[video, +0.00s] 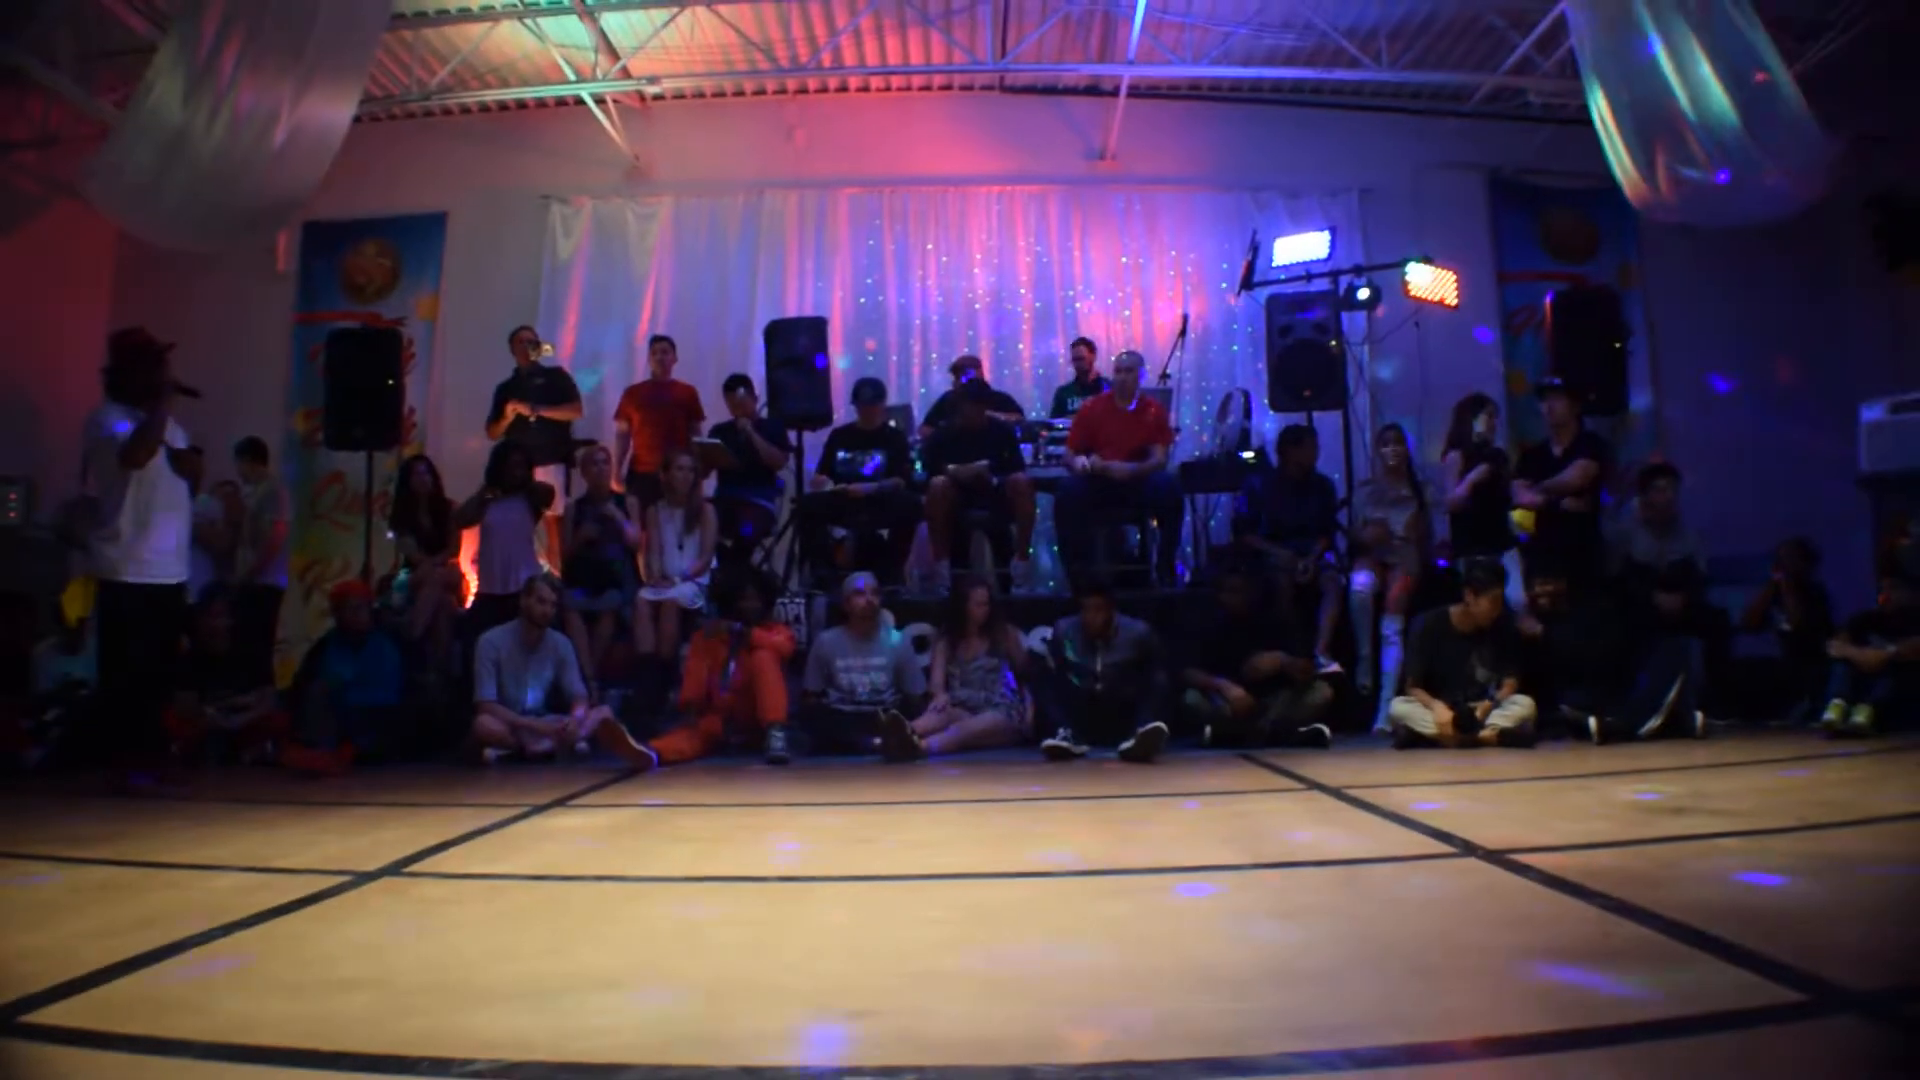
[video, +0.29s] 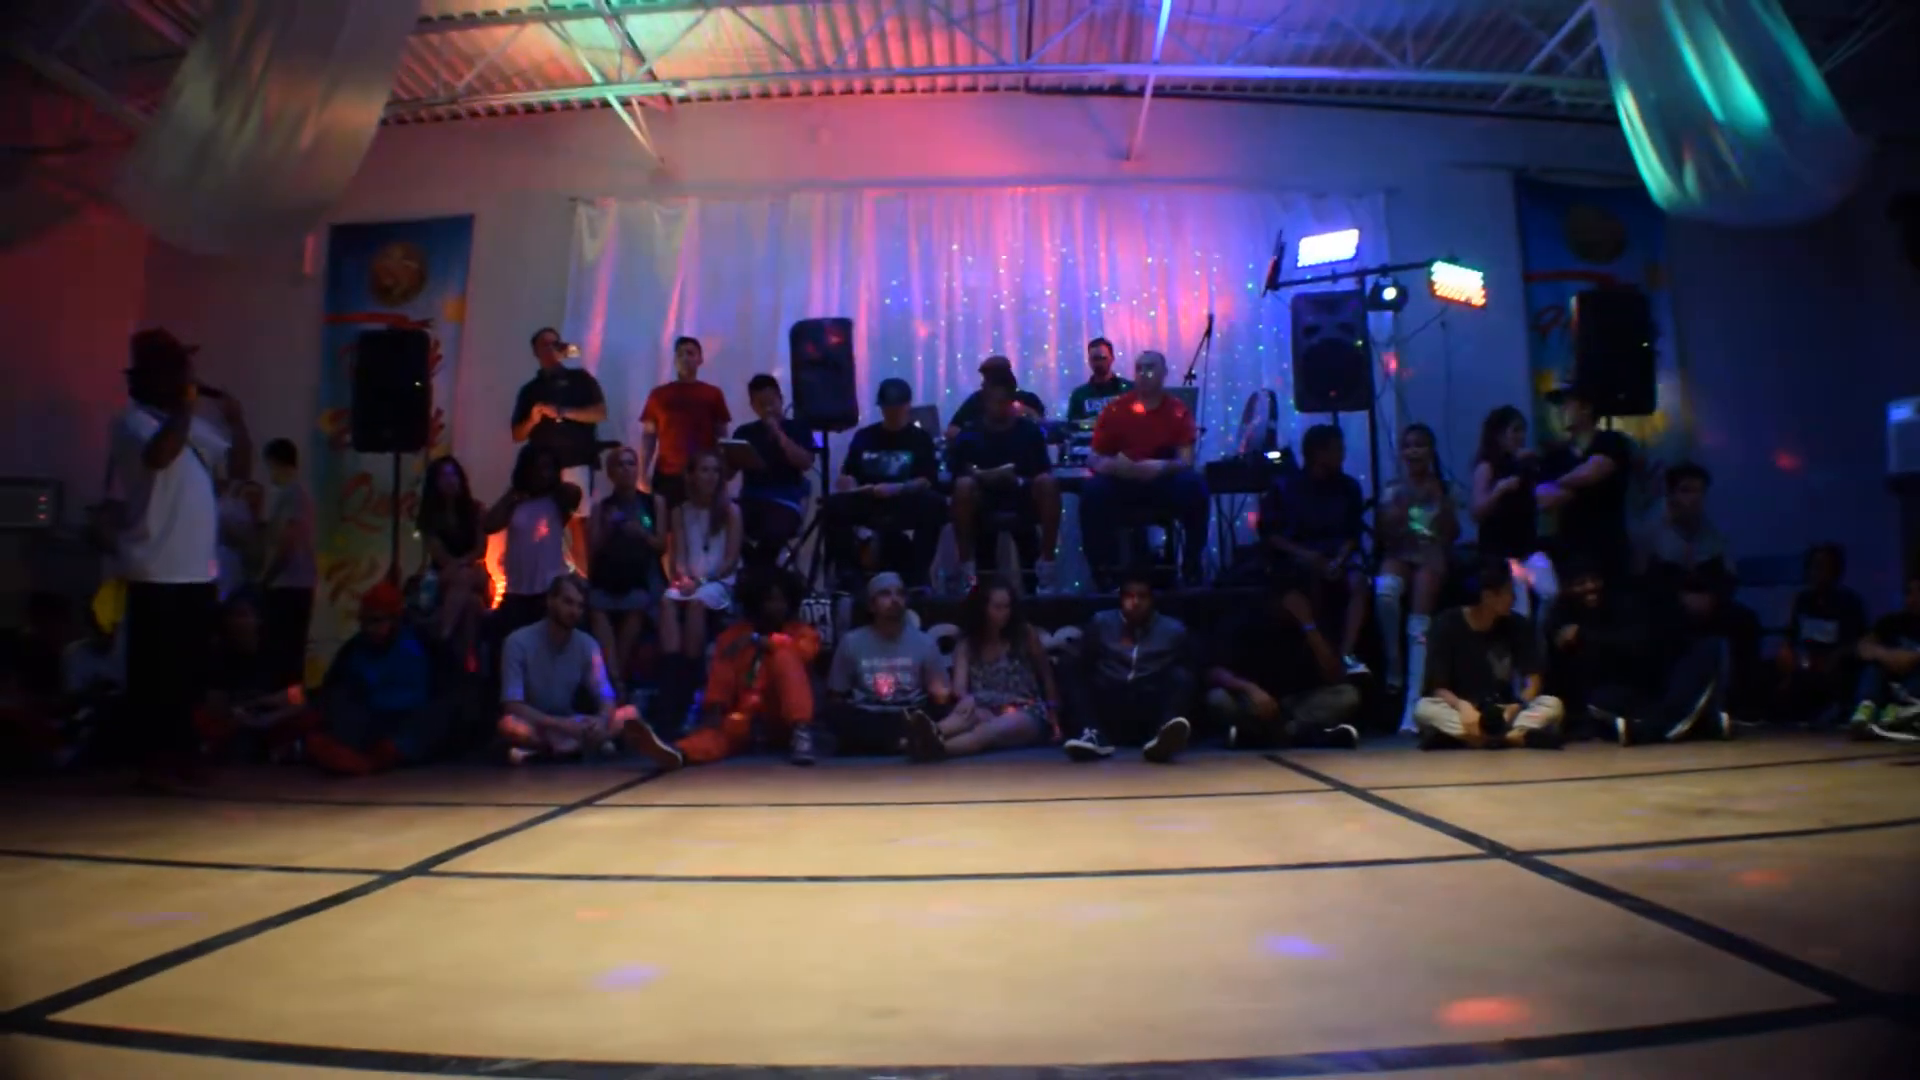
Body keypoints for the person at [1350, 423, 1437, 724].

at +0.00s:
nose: (1393, 451)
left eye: (1398, 445)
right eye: (1386, 445)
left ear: (1407, 450)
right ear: (1377, 452)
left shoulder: (1419, 490)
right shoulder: (1364, 490)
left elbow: (1426, 534)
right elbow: (1354, 530)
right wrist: (1369, 536)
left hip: (1404, 554)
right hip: (1370, 555)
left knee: (1391, 625)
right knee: (1360, 588)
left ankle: (1387, 709)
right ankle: (1364, 663)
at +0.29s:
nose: (1414, 452)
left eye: (1420, 446)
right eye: (1408, 446)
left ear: (1431, 451)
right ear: (1401, 452)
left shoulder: (1445, 489)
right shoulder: (1392, 490)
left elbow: (1451, 533)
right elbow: (1383, 532)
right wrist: (1396, 519)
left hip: (1430, 551)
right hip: (1398, 551)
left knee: (1419, 627)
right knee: (1386, 590)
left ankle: (1414, 709)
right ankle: (1393, 667)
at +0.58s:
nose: (1412, 448)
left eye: (1418, 442)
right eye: (1407, 442)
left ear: (1431, 447)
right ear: (1400, 448)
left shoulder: (1443, 483)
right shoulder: (1393, 483)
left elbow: (1451, 520)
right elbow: (1391, 521)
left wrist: (1434, 480)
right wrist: (1399, 478)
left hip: (1431, 547)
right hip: (1401, 547)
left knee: (1421, 622)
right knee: (1387, 588)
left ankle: (1416, 704)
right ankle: (1395, 666)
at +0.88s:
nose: (1408, 448)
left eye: (1414, 442)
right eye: (1403, 443)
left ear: (1426, 446)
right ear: (1397, 450)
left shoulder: (1440, 482)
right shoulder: (1392, 483)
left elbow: (1441, 524)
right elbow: (1389, 525)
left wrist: (1430, 485)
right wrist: (1395, 486)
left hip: (1429, 549)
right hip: (1399, 548)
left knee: (1418, 625)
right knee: (1386, 590)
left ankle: (1414, 708)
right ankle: (1393, 666)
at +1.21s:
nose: (1404, 452)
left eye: (1410, 446)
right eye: (1399, 447)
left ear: (1422, 450)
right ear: (1393, 452)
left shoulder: (1435, 483)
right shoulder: (1387, 486)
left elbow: (1440, 534)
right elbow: (1382, 535)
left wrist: (1435, 498)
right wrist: (1382, 503)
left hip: (1425, 551)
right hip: (1395, 550)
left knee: (1415, 628)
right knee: (1382, 593)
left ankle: (1411, 712)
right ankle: (1389, 669)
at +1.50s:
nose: (1398, 454)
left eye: (1404, 448)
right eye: (1393, 449)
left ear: (1417, 453)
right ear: (1386, 455)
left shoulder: (1433, 489)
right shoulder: (1379, 493)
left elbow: (1443, 534)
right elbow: (1375, 536)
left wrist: (1403, 537)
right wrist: (1393, 523)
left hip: (1423, 555)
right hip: (1390, 556)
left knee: (1413, 628)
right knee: (1379, 595)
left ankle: (1408, 710)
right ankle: (1387, 667)